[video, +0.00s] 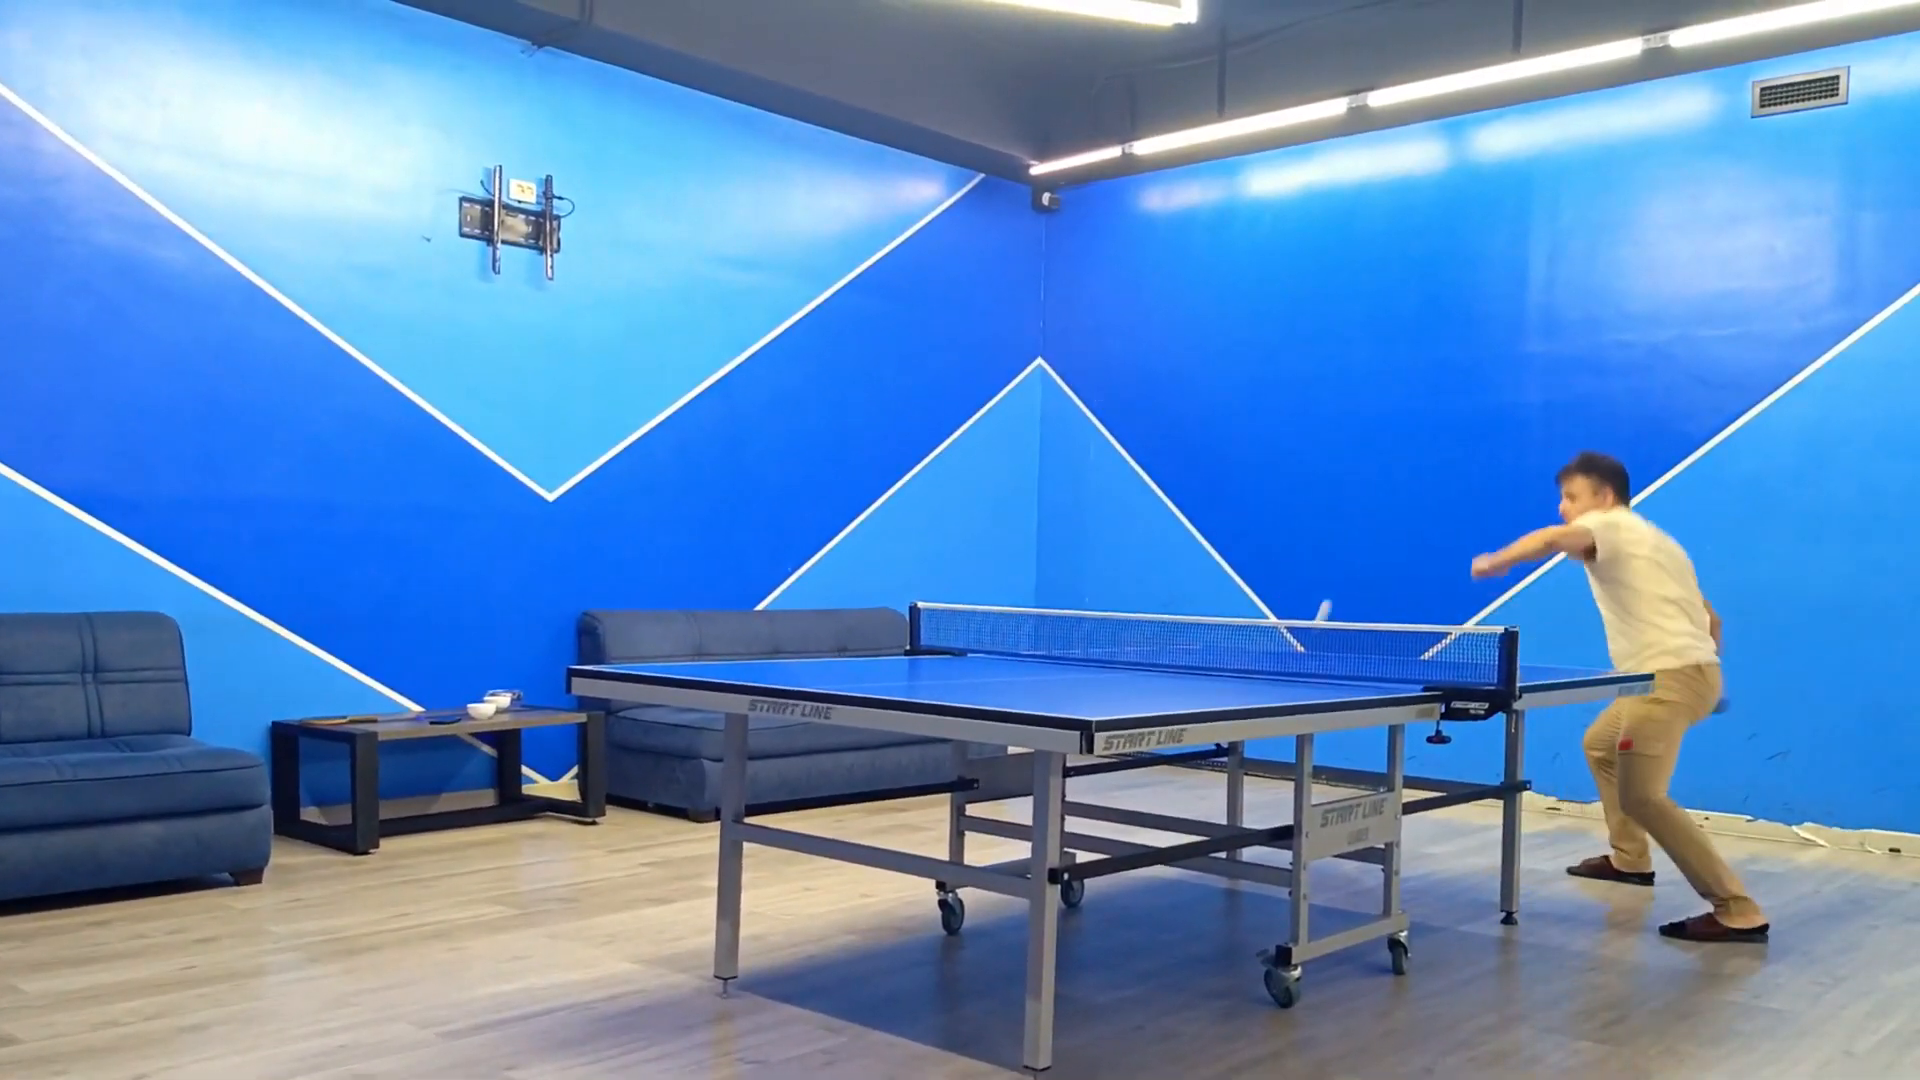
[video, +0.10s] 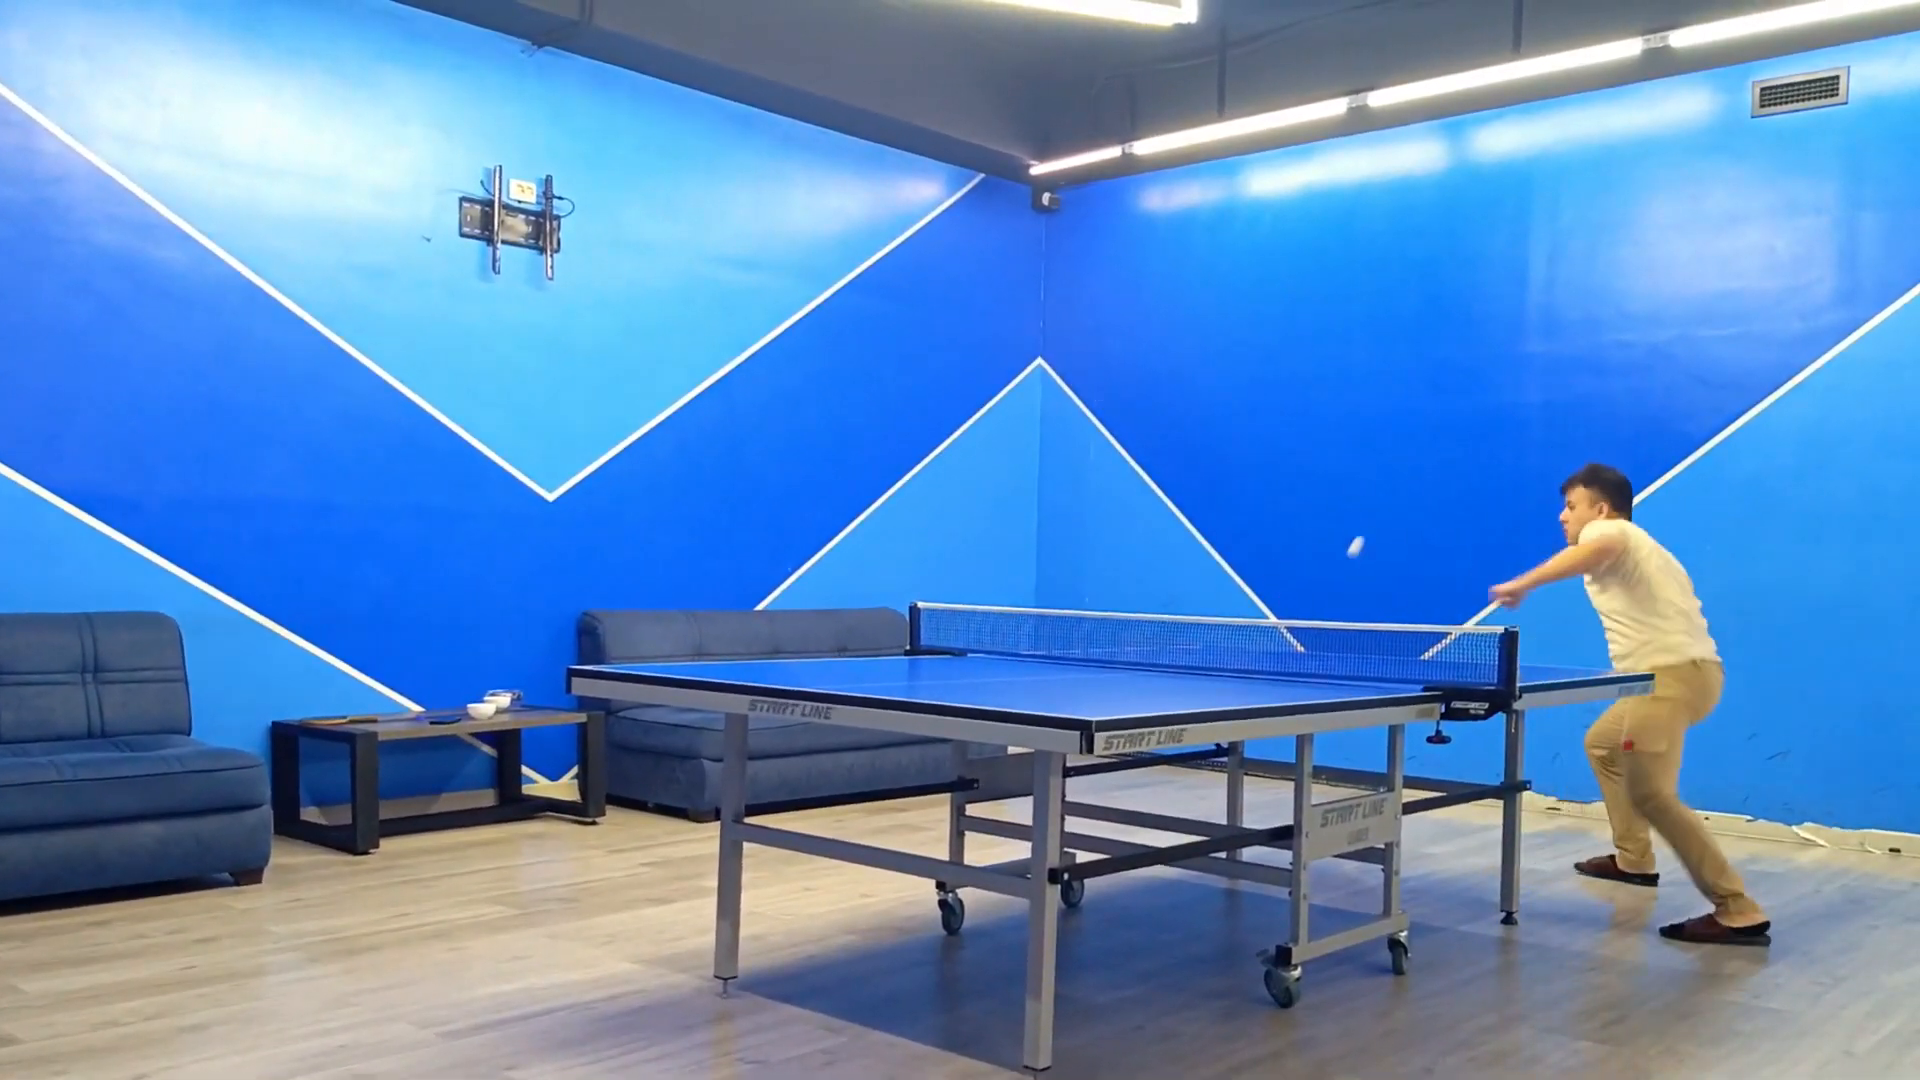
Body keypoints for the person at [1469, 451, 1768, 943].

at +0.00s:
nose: (1562, 508)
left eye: (1571, 497)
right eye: (1562, 498)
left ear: (1605, 496)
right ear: (1617, 502)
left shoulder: (1605, 524)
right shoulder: (1663, 543)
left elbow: (1550, 538)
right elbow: (1709, 620)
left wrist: (1497, 560)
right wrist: (1708, 682)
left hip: (1669, 671)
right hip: (1693, 670)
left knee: (1642, 797)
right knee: (1601, 745)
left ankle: (1738, 910)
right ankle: (1630, 860)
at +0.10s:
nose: (1563, 517)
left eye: (1570, 507)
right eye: (1563, 507)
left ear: (1601, 508)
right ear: (1610, 512)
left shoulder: (1610, 531)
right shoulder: (1642, 546)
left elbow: (1593, 554)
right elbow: (1681, 600)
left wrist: (1525, 583)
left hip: (1676, 672)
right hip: (1678, 672)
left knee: (1652, 795)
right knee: (1603, 744)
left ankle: (1738, 912)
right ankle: (1634, 860)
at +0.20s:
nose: (1558, 494)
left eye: (1565, 484)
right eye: (1560, 484)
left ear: (1591, 487)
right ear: (1593, 489)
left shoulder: (1613, 511)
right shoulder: (1606, 539)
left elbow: (1643, 527)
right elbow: (1612, 607)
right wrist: (1572, 618)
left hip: (1671, 645)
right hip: (1647, 654)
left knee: (1671, 761)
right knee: (1597, 741)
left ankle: (1724, 887)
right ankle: (1632, 858)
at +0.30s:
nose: (1560, 472)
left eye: (1567, 462)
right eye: (1561, 463)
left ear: (1596, 465)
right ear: (1592, 467)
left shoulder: (1627, 491)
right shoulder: (1590, 517)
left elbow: (1652, 497)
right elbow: (1528, 525)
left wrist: (1658, 478)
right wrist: (1467, 504)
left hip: (1664, 630)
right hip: (1640, 639)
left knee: (1656, 737)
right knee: (1599, 741)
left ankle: (1710, 859)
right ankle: (1633, 860)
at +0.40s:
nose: (1557, 457)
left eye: (1563, 447)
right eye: (1554, 449)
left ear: (1597, 441)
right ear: (1572, 450)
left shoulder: (1632, 468)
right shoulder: (1588, 478)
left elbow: (1687, 469)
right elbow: (1538, 431)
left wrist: (1718, 440)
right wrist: (1503, 377)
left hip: (1660, 616)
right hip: (1627, 622)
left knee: (1639, 726)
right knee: (1599, 731)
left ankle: (1710, 842)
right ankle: (1637, 845)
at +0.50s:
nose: (1560, 454)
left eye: (1565, 444)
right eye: (1557, 446)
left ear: (1598, 437)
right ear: (1584, 441)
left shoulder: (1645, 467)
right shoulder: (1589, 467)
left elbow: (1725, 476)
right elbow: (1559, 402)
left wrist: (1791, 459)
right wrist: (1572, 335)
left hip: (1653, 616)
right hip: (1608, 616)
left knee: (1639, 725)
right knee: (1586, 721)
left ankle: (1692, 841)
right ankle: (1642, 827)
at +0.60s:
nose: (1571, 465)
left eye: (1577, 455)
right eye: (1568, 457)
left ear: (1609, 449)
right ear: (1573, 456)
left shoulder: (1656, 488)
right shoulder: (1582, 484)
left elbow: (1737, 519)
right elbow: (1541, 433)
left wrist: (1816, 525)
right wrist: (1565, 373)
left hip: (1644, 635)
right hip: (1586, 632)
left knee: (1650, 744)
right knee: (1566, 732)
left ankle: (1681, 848)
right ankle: (1610, 812)